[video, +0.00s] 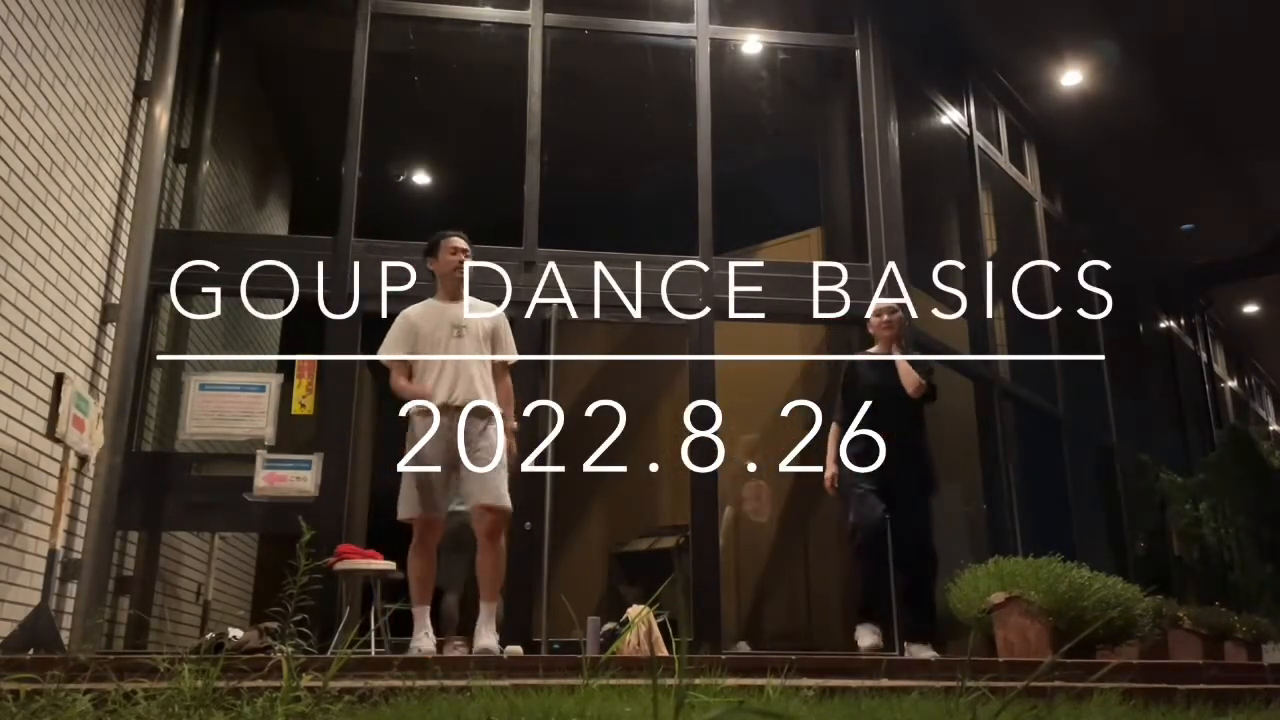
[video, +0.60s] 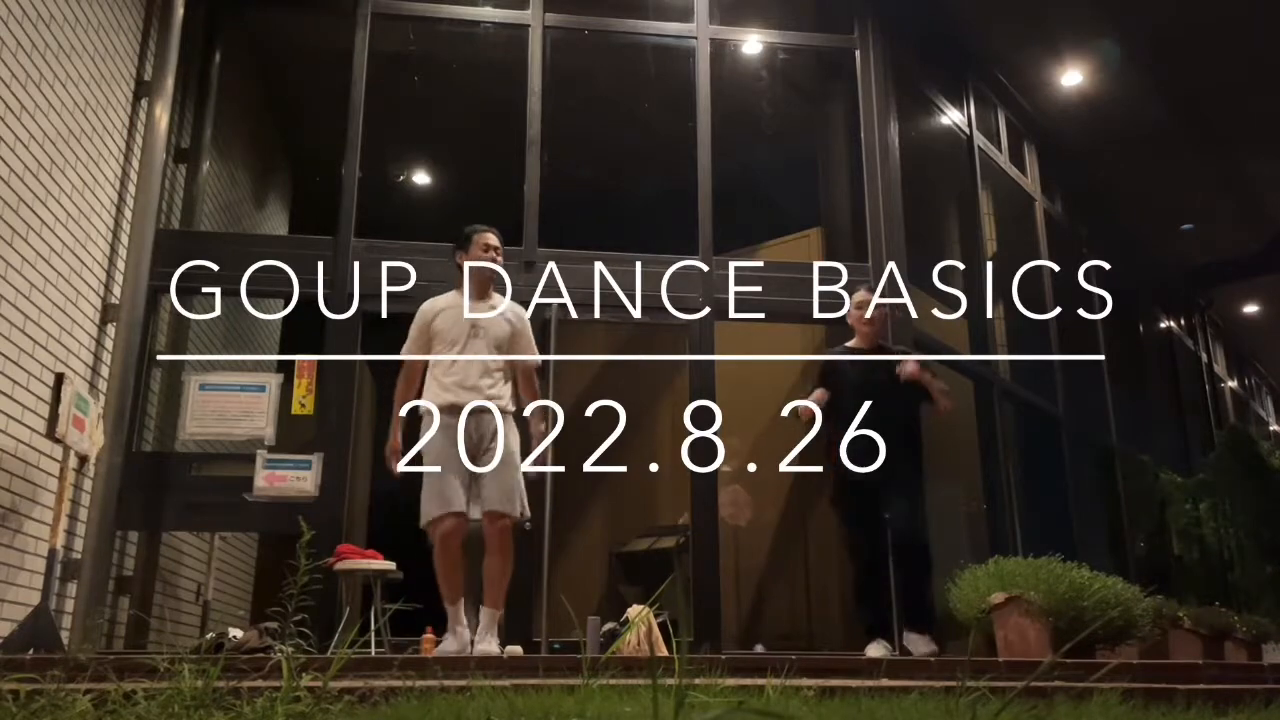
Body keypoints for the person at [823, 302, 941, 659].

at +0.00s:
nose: (886, 319)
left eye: (892, 313)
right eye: (879, 314)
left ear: (904, 319)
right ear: (870, 323)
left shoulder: (916, 357)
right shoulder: (856, 363)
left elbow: (916, 389)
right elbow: (841, 416)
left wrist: (896, 349)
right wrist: (831, 460)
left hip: (909, 468)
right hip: (864, 470)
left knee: (915, 550)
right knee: (870, 530)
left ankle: (917, 638)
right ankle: (867, 623)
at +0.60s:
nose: (870, 314)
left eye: (876, 308)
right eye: (862, 308)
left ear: (887, 314)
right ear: (849, 315)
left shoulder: (904, 360)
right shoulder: (835, 360)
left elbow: (945, 405)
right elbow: (820, 395)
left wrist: (923, 378)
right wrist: (813, 403)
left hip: (903, 470)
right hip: (854, 473)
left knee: (910, 544)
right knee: (866, 551)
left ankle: (915, 629)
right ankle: (877, 636)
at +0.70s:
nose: (868, 317)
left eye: (874, 311)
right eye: (861, 311)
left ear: (885, 317)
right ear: (849, 317)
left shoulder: (899, 363)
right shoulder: (834, 362)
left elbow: (934, 419)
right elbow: (805, 415)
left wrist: (917, 410)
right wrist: (820, 403)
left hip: (901, 475)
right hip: (854, 476)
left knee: (908, 551)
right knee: (866, 555)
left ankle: (913, 638)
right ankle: (877, 637)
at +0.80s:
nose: (867, 330)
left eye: (873, 324)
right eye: (860, 324)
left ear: (883, 329)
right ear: (849, 330)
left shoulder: (896, 382)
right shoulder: (834, 379)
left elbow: (918, 427)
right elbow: (810, 421)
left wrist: (914, 448)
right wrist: (828, 432)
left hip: (893, 479)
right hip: (848, 480)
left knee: (907, 548)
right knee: (865, 536)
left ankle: (911, 637)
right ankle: (867, 617)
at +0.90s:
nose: (858, 329)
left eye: (865, 323)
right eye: (851, 323)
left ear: (878, 327)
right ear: (842, 327)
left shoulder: (893, 381)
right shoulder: (823, 376)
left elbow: (909, 432)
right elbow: (796, 423)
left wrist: (907, 466)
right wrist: (808, 456)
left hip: (883, 482)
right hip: (836, 479)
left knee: (902, 553)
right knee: (832, 512)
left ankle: (909, 640)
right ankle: (829, 590)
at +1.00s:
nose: (833, 304)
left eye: (841, 298)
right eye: (828, 297)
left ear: (857, 307)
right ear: (821, 304)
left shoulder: (876, 358)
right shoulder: (804, 351)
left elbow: (898, 409)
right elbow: (772, 392)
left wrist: (896, 448)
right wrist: (772, 431)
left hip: (861, 461)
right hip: (810, 457)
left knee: (882, 541)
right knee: (793, 514)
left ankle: (903, 634)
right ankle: (779, 601)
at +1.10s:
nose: (828, 297)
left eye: (835, 291)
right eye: (821, 291)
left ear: (847, 297)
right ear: (811, 297)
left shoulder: (864, 346)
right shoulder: (789, 342)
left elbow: (890, 393)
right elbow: (757, 374)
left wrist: (886, 430)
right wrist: (753, 412)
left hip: (853, 455)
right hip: (800, 454)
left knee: (876, 534)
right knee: (775, 527)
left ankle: (886, 622)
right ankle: (753, 618)